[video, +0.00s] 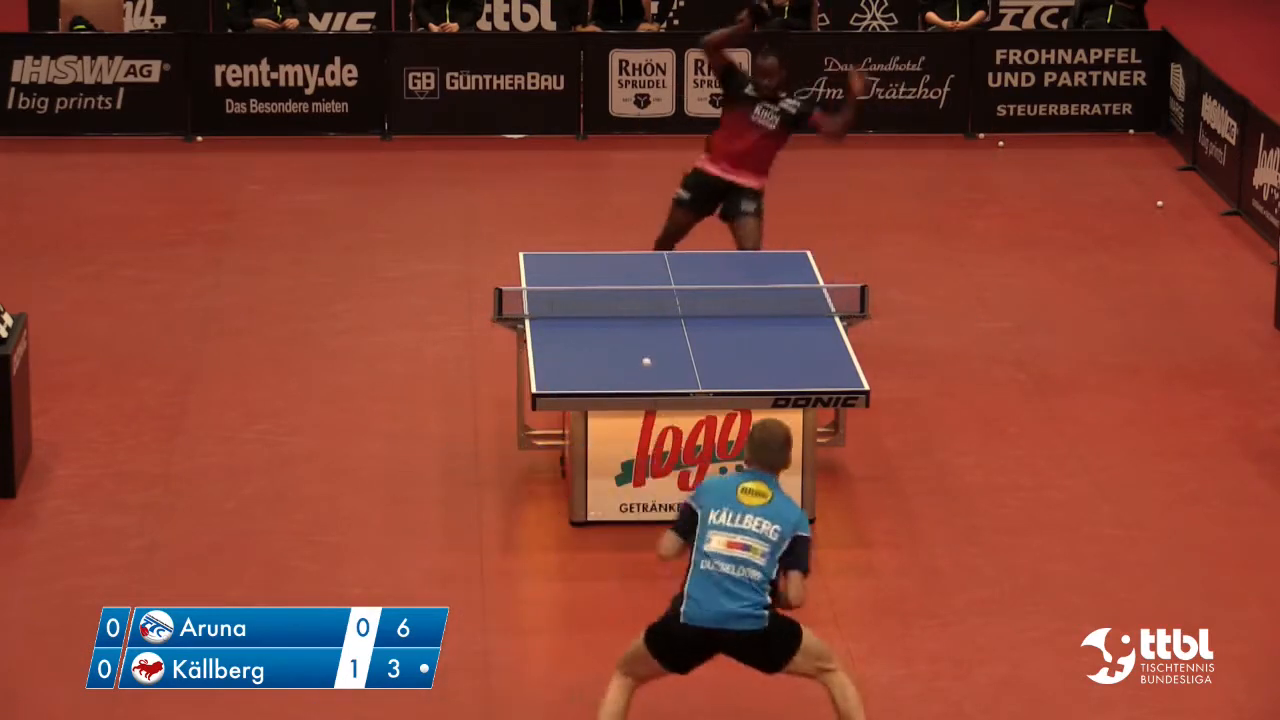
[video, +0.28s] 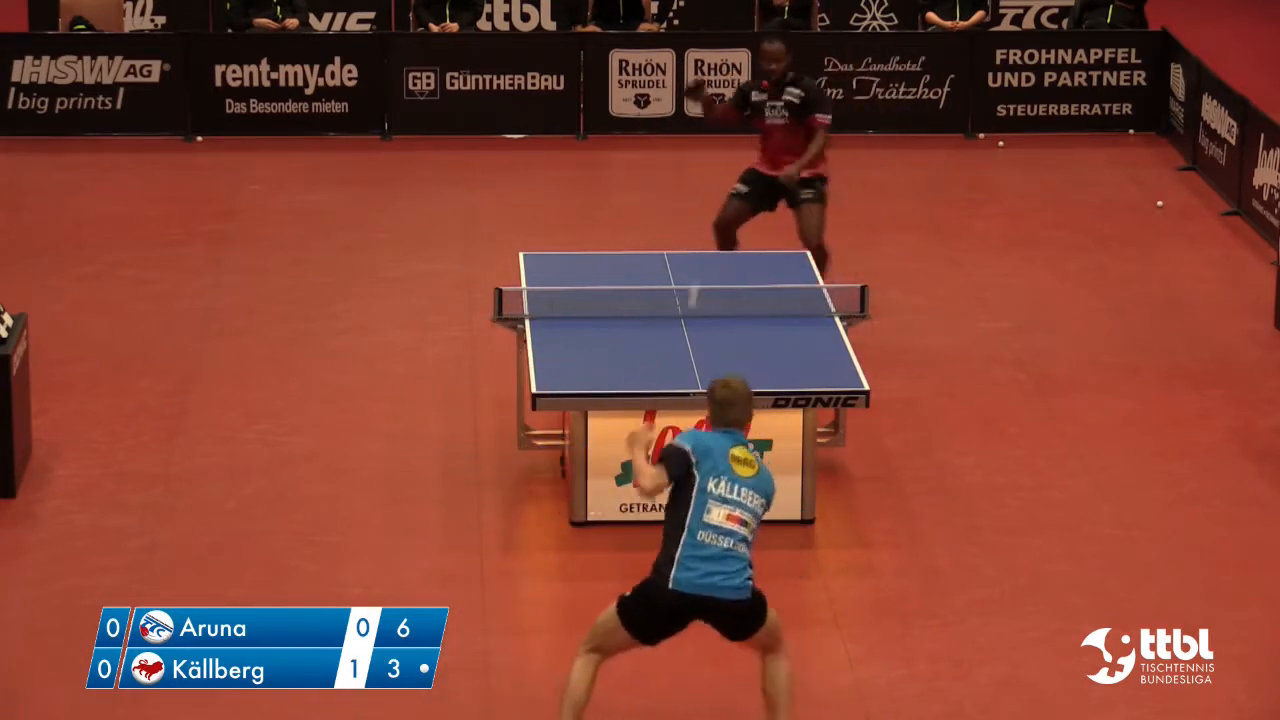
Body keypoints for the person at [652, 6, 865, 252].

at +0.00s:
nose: (764, 80)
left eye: (770, 75)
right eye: (760, 74)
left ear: (782, 75)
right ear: (754, 71)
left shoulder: (794, 109)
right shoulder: (737, 85)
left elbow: (835, 128)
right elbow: (710, 45)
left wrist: (853, 98)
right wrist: (742, 28)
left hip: (746, 190)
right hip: (707, 177)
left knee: (751, 256)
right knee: (665, 241)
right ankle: (650, 291)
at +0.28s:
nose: (772, 67)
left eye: (778, 61)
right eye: (767, 61)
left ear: (789, 59)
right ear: (759, 60)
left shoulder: (808, 91)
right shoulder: (752, 90)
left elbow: (820, 137)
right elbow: (720, 117)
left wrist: (797, 166)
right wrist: (705, 98)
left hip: (805, 175)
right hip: (766, 172)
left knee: (812, 241)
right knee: (723, 224)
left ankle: (815, 291)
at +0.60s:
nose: (816, 110)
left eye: (821, 103)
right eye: (811, 104)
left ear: (834, 101)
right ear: (806, 106)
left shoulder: (853, 125)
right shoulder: (821, 131)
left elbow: (845, 172)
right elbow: (823, 177)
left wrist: (799, 192)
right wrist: (787, 203)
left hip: (887, 196)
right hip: (851, 198)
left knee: (890, 261)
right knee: (800, 241)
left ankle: (945, 323)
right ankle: (788, 311)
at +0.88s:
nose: (839, 97)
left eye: (844, 90)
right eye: (836, 91)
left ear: (859, 85)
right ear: (836, 89)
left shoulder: (862, 111)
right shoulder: (883, 98)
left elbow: (836, 148)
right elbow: (920, 119)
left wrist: (796, 174)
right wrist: (929, 142)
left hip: (903, 191)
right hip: (881, 188)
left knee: (888, 264)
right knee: (842, 226)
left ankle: (945, 322)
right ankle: (858, 293)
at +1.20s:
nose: (907, 45)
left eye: (913, 39)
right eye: (904, 39)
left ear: (927, 40)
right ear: (899, 40)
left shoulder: (942, 73)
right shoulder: (894, 59)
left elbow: (979, 88)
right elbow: (886, 12)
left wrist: (984, 49)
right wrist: (928, 5)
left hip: (913, 148)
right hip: (877, 147)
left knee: (928, 206)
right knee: (859, 216)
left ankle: (964, 272)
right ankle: (858, 286)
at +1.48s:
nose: (956, 96)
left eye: (961, 90)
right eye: (951, 89)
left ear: (968, 92)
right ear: (940, 90)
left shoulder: (965, 129)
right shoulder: (921, 108)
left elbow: (963, 180)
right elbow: (909, 84)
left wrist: (986, 217)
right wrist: (952, 58)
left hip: (936, 199)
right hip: (896, 194)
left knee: (979, 244)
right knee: (857, 252)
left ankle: (994, 298)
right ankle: (793, 271)